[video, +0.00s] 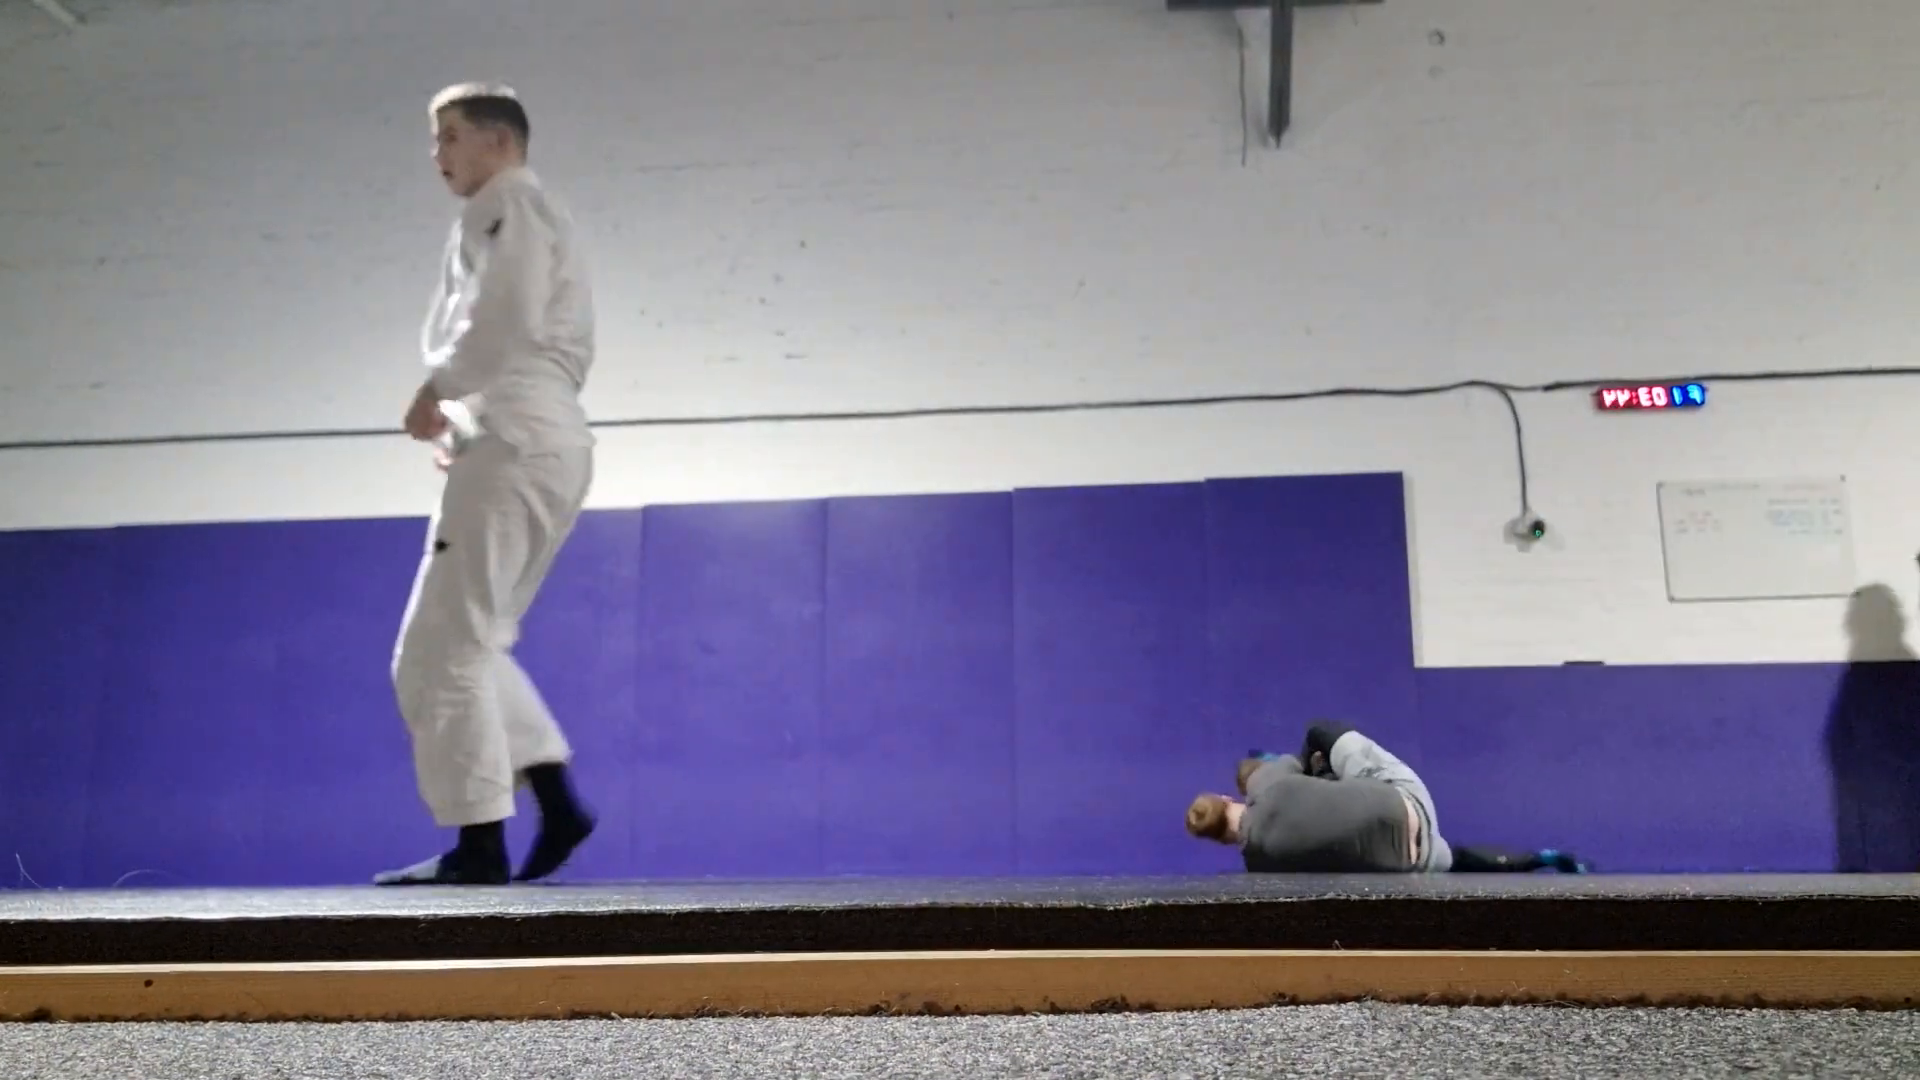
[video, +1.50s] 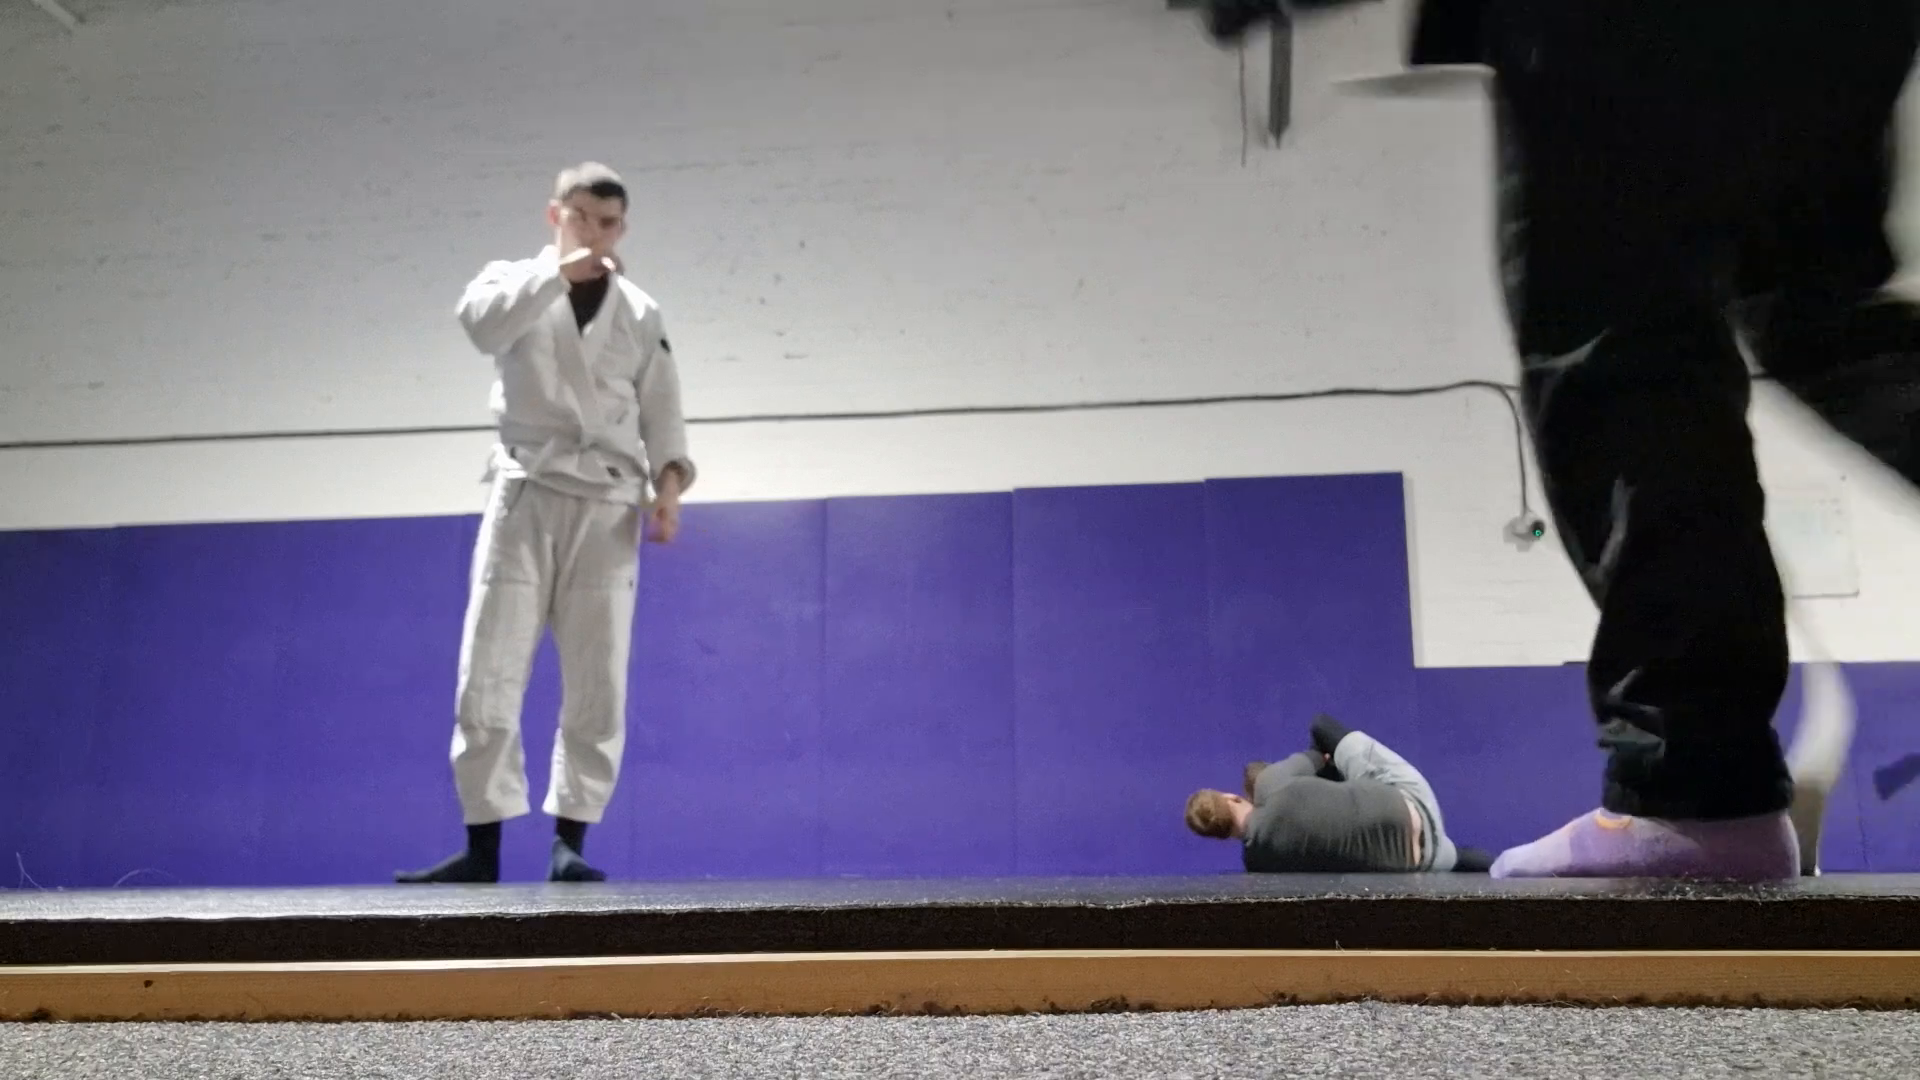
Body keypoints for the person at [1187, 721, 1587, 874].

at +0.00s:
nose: (1255, 773)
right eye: (1247, 777)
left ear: (1219, 840)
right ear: (1234, 794)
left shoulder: (1259, 862)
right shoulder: (1267, 783)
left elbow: (1319, 865)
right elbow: (1304, 757)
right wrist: (1302, 771)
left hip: (1413, 863)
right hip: (1407, 808)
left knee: (1459, 856)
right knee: (1320, 730)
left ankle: (1539, 861)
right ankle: (1321, 776)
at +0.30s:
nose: (1234, 792)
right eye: (1232, 792)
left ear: (1220, 838)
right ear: (1236, 797)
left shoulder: (1258, 865)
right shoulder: (1275, 784)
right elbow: (1307, 761)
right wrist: (1287, 764)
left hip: (1422, 859)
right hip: (1415, 806)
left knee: (1452, 852)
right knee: (1329, 726)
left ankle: (1504, 864)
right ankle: (1326, 768)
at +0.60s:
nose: (1229, 792)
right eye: (1228, 793)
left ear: (1218, 840)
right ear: (1231, 798)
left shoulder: (1257, 865)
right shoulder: (1271, 785)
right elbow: (1305, 762)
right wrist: (1267, 770)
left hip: (1422, 860)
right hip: (1415, 808)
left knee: (1453, 853)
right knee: (1329, 728)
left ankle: (1501, 864)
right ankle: (1328, 772)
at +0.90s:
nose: (1229, 790)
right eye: (1228, 790)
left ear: (1217, 836)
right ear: (1232, 795)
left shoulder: (1256, 865)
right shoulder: (1269, 782)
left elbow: (1307, 853)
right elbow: (1311, 762)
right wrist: (1266, 773)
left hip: (1420, 861)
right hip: (1415, 807)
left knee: (1452, 853)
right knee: (1322, 725)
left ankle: (1510, 864)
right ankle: (1327, 768)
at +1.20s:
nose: (1231, 791)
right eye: (1229, 791)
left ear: (1217, 837)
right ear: (1232, 796)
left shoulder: (1257, 864)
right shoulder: (1270, 783)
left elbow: (1306, 850)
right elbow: (1310, 762)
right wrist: (1265, 775)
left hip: (1420, 861)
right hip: (1416, 809)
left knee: (1452, 854)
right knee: (1323, 727)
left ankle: (1507, 865)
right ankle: (1331, 771)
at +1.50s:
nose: (1230, 791)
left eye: (1226, 792)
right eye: (1227, 792)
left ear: (1216, 838)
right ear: (1231, 797)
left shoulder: (1257, 862)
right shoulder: (1274, 783)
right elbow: (1320, 759)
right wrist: (1264, 775)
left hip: (1423, 862)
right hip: (1416, 808)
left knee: (1459, 855)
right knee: (1323, 727)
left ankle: (1513, 866)